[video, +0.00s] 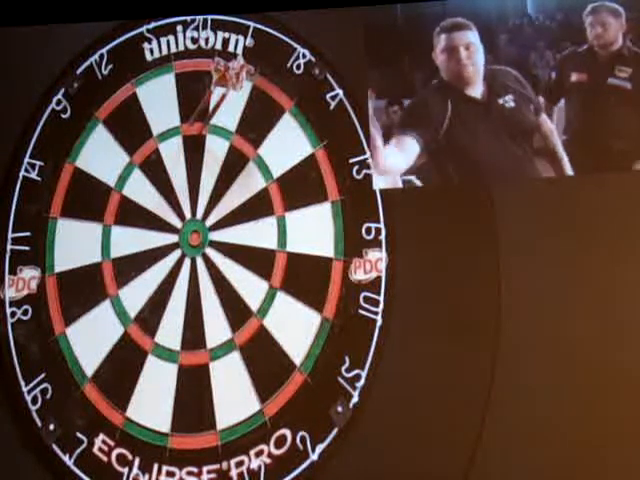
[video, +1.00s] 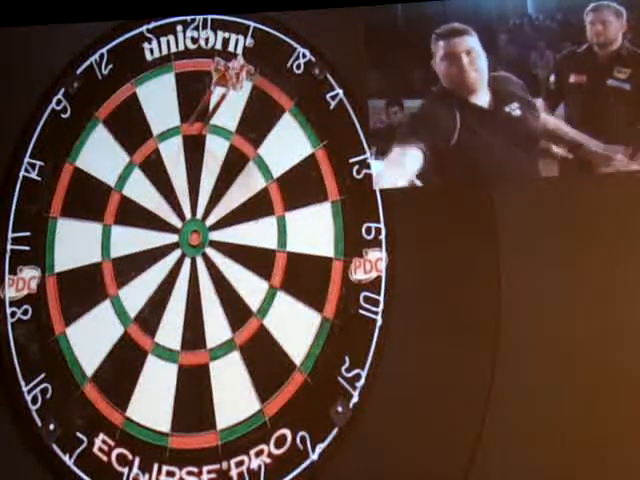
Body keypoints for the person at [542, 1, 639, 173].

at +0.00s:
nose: (597, 31)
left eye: (604, 25)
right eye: (591, 26)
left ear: (622, 26)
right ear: (586, 30)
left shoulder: (635, 62)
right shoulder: (570, 61)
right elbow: (547, 100)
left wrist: (638, 159)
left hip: (624, 159)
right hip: (579, 160)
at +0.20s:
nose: (597, 31)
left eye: (603, 25)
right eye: (591, 26)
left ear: (622, 25)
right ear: (586, 29)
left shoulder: (635, 63)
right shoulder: (569, 62)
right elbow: (546, 104)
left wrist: (627, 151)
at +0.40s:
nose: (597, 30)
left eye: (603, 23)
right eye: (591, 24)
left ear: (622, 25)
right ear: (586, 28)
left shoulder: (635, 62)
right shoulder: (568, 61)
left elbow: (637, 127)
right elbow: (548, 102)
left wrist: (613, 143)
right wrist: (556, 130)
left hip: (624, 171)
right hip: (577, 170)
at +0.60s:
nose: (597, 29)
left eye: (604, 22)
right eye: (592, 23)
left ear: (623, 25)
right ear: (585, 28)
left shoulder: (634, 62)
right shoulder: (568, 60)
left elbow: (637, 125)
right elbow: (546, 102)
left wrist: (608, 138)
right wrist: (559, 123)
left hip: (624, 171)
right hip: (578, 170)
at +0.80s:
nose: (597, 29)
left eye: (604, 22)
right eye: (592, 23)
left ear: (622, 25)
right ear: (586, 28)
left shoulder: (635, 63)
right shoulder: (568, 61)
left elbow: (637, 125)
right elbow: (549, 102)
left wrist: (614, 143)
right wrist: (558, 127)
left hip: (625, 172)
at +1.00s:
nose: (597, 29)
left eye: (604, 23)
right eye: (592, 23)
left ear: (623, 26)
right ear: (586, 28)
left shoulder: (635, 62)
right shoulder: (569, 61)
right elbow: (546, 105)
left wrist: (633, 154)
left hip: (626, 168)